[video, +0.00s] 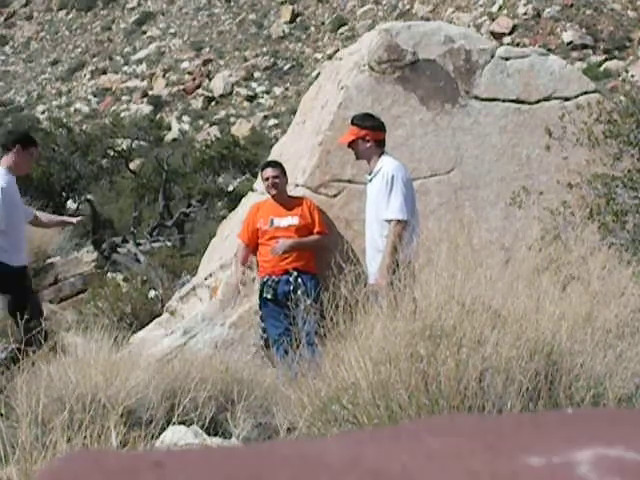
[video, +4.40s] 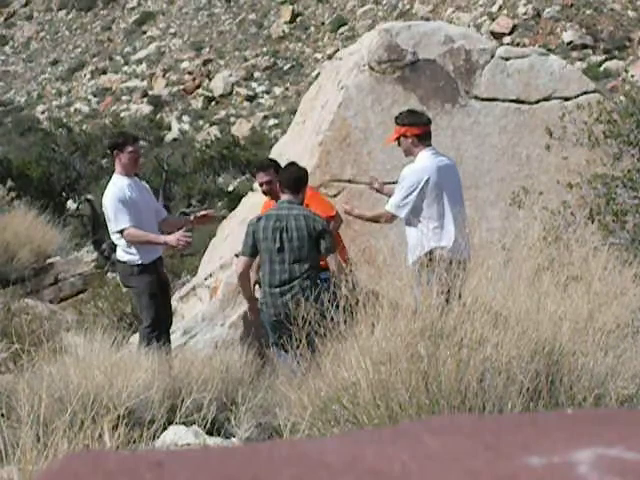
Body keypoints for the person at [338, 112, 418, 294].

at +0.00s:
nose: (350, 147)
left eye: (354, 142)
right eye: (350, 142)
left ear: (368, 141)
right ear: (367, 142)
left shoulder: (393, 171)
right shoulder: (375, 175)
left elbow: (398, 224)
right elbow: (379, 226)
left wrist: (386, 273)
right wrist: (374, 273)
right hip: (376, 276)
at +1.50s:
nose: (367, 146)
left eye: (368, 141)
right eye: (367, 141)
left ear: (379, 142)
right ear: (390, 140)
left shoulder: (406, 171)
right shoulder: (398, 169)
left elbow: (405, 225)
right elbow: (402, 224)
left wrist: (390, 266)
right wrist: (391, 263)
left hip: (411, 266)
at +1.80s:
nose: (377, 141)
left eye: (378, 136)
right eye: (377, 136)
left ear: (387, 138)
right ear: (405, 135)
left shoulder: (406, 169)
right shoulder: (425, 162)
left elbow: (405, 227)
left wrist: (388, 270)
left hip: (418, 261)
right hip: (438, 257)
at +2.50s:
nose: (388, 145)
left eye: (388, 139)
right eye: (387, 139)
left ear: (398, 138)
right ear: (415, 135)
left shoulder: (409, 169)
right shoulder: (436, 161)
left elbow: (404, 223)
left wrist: (390, 253)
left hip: (423, 250)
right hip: (448, 246)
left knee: (421, 309)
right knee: (443, 309)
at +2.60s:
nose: (392, 147)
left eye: (392, 141)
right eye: (391, 142)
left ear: (401, 139)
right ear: (417, 137)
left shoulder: (412, 169)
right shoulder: (438, 161)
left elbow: (393, 223)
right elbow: (422, 209)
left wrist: (363, 246)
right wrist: (384, 227)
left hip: (425, 252)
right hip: (450, 248)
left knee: (423, 312)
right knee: (442, 311)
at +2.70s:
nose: (392, 145)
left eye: (393, 139)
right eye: (391, 140)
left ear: (405, 139)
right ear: (418, 137)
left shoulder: (414, 171)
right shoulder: (440, 162)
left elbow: (385, 220)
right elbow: (422, 198)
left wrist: (357, 222)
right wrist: (387, 200)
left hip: (427, 256)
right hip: (451, 251)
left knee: (425, 319)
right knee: (444, 316)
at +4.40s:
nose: (399, 146)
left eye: (400, 140)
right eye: (398, 141)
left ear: (410, 139)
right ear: (427, 137)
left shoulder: (416, 171)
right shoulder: (447, 164)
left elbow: (388, 216)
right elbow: (421, 196)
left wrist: (355, 213)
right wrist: (384, 190)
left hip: (431, 257)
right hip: (458, 253)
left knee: (429, 318)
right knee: (453, 315)